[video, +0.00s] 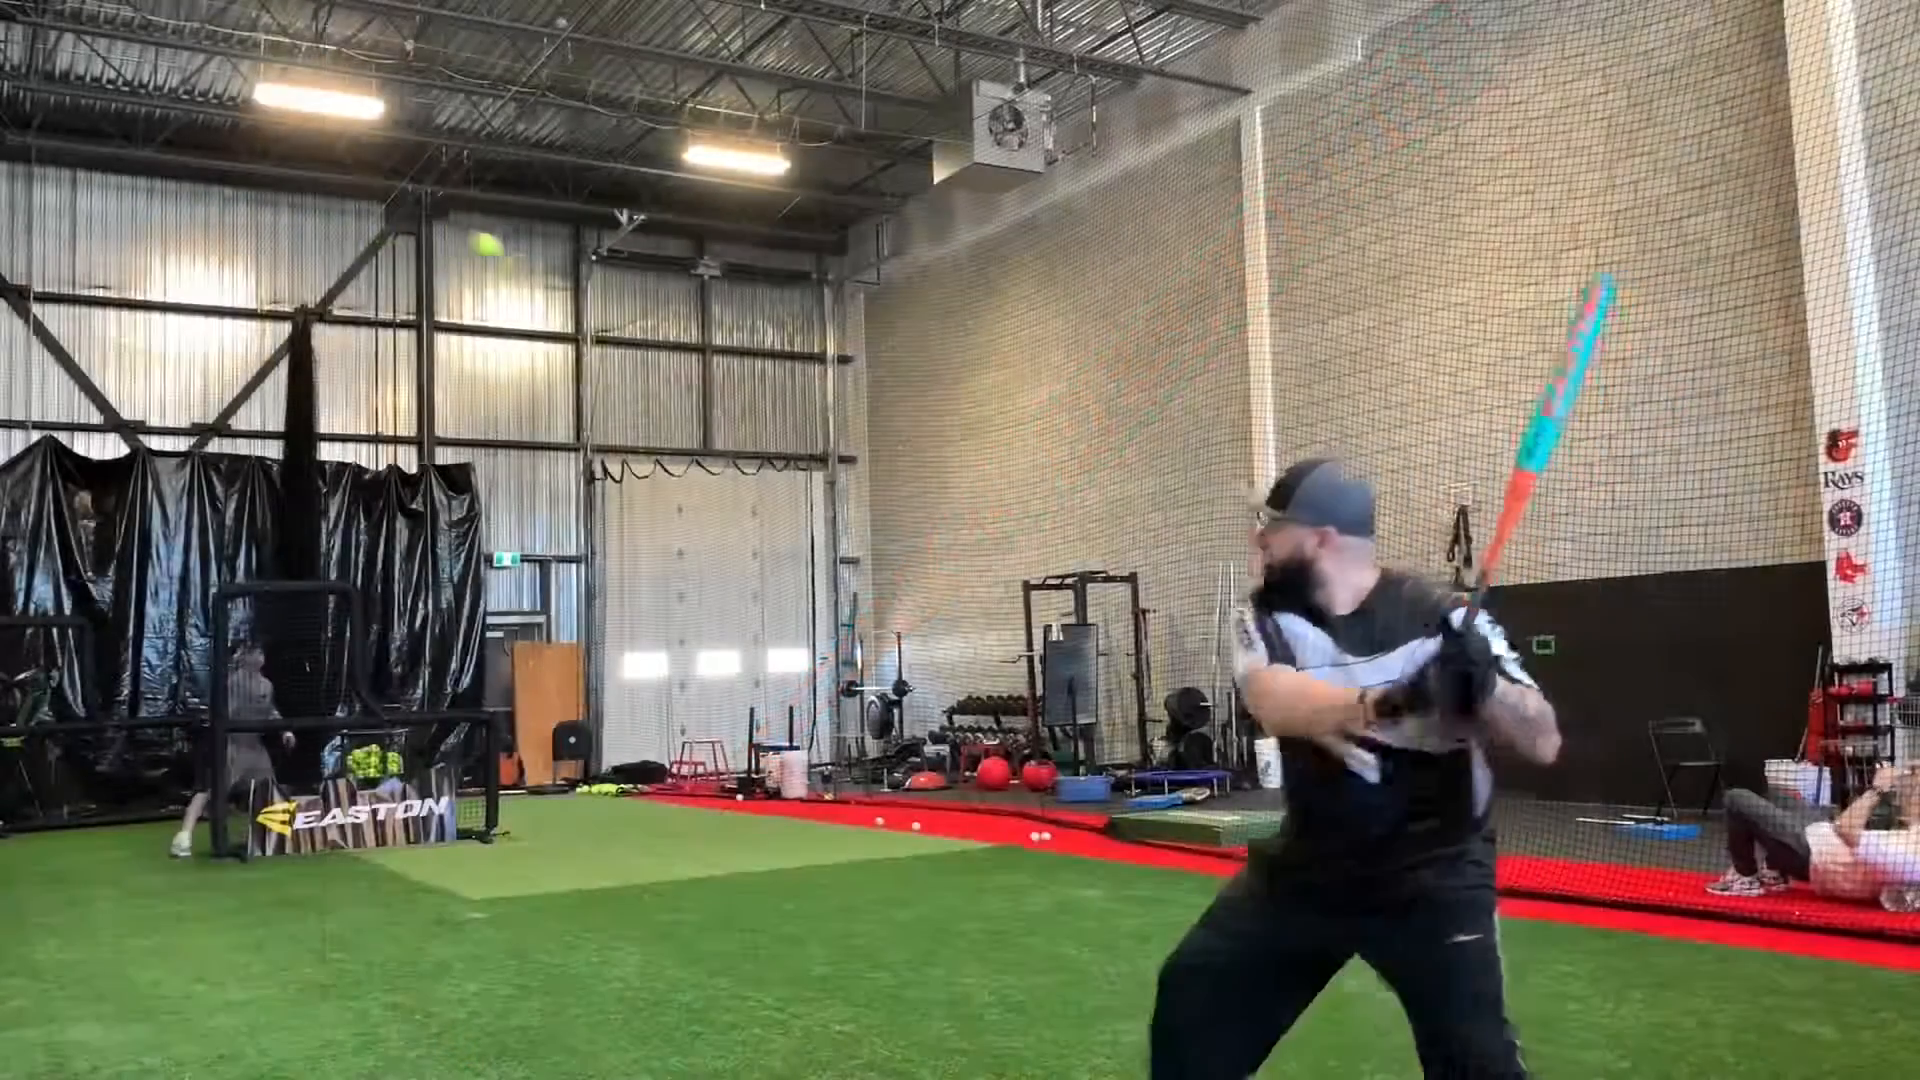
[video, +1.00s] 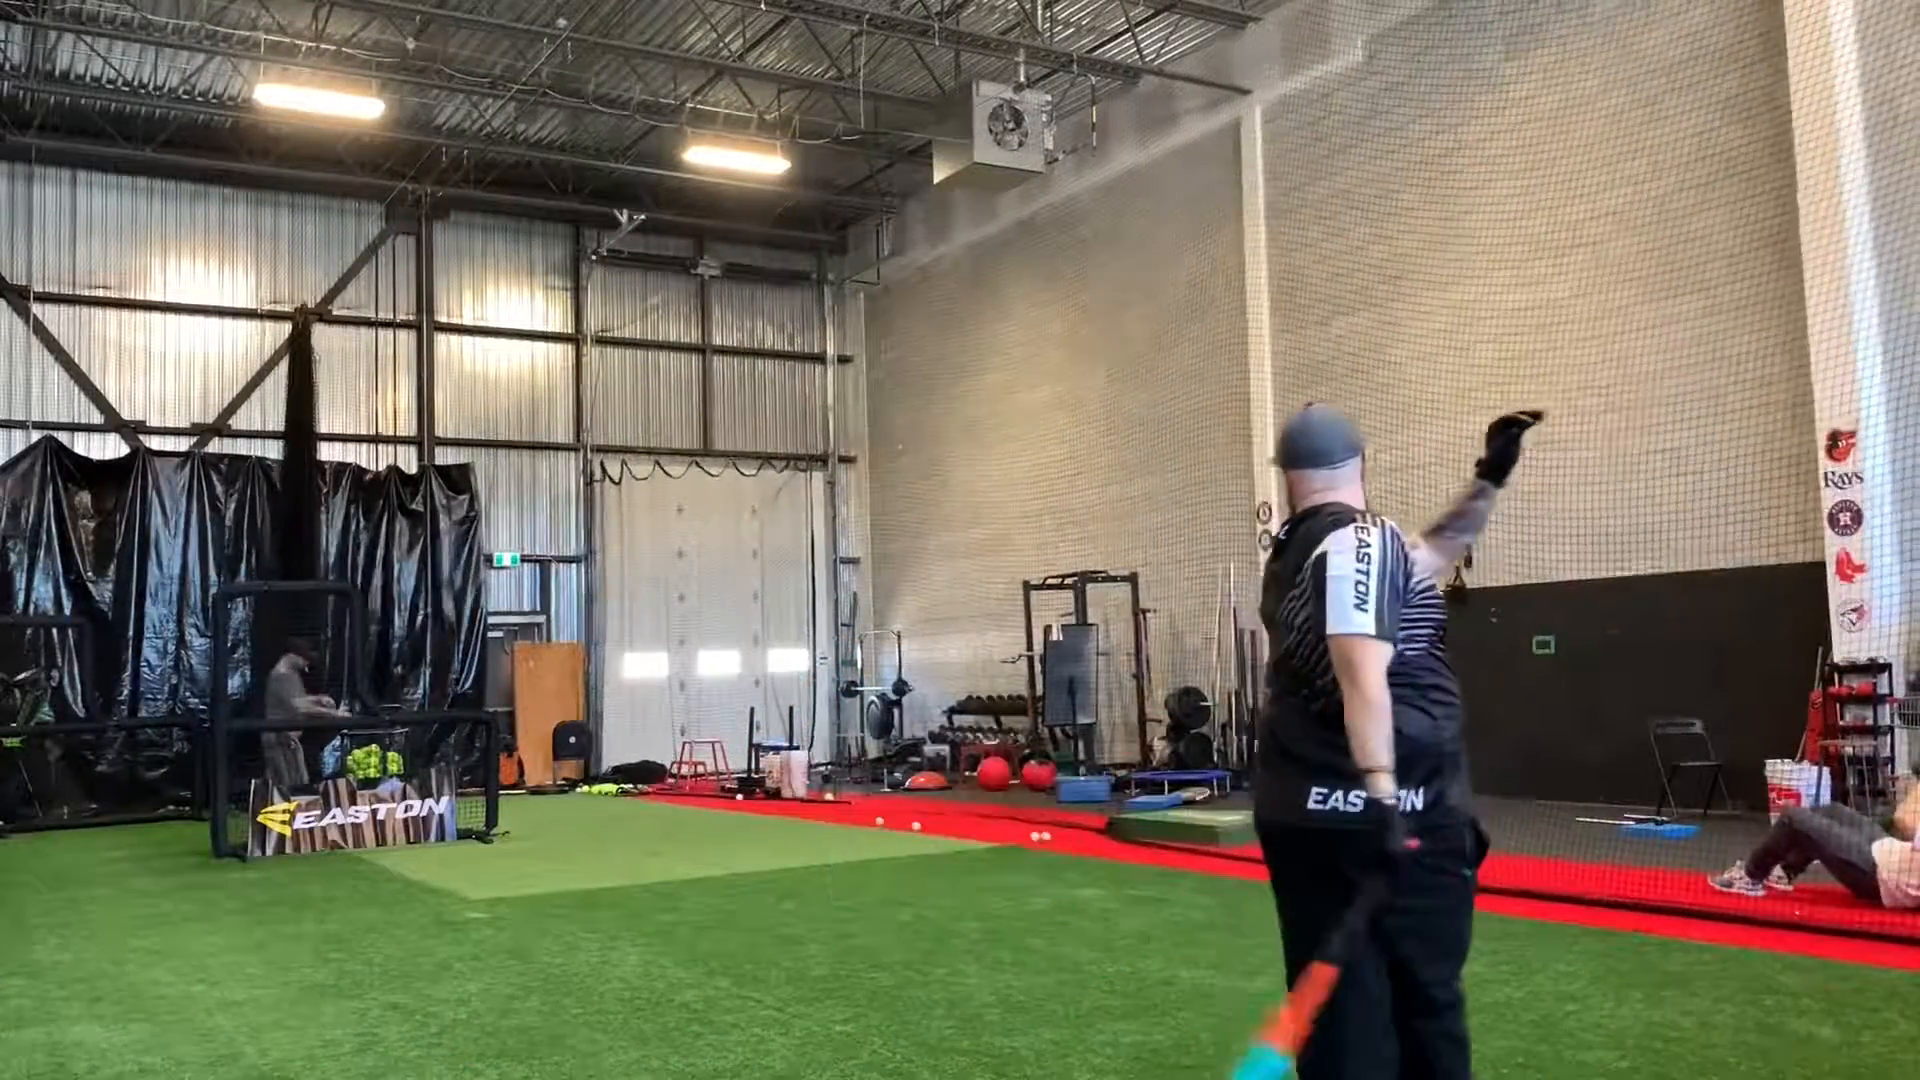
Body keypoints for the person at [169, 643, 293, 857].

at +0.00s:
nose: (262, 659)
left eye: (262, 654)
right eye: (258, 654)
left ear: (258, 658)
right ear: (245, 657)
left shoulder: (265, 685)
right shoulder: (229, 681)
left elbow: (269, 711)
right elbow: (217, 710)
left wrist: (284, 729)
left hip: (252, 743)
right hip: (230, 742)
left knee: (268, 788)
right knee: (206, 790)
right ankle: (184, 836)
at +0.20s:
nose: (275, 652)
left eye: (278, 648)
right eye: (270, 648)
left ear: (281, 652)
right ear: (260, 651)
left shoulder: (280, 678)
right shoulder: (244, 674)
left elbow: (277, 710)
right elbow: (237, 706)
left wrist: (284, 736)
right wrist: (241, 735)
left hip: (268, 735)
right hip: (247, 732)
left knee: (268, 780)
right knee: (249, 780)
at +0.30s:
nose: (280, 651)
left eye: (283, 647)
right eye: (275, 647)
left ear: (286, 651)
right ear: (266, 651)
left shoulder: (284, 677)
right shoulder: (254, 673)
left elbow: (281, 707)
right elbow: (244, 704)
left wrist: (281, 733)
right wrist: (249, 733)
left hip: (276, 732)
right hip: (258, 732)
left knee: (274, 778)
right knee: (264, 779)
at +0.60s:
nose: (283, 656)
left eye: (286, 652)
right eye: (280, 652)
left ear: (288, 654)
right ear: (270, 652)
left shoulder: (282, 674)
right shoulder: (262, 672)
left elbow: (288, 705)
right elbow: (260, 705)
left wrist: (293, 728)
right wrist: (278, 729)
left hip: (282, 734)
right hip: (266, 733)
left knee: (289, 777)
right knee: (272, 778)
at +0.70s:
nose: (288, 657)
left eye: (289, 653)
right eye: (285, 653)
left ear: (278, 653)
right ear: (273, 652)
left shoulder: (279, 674)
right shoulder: (265, 673)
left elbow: (283, 703)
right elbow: (266, 706)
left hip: (283, 733)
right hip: (268, 733)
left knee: (297, 776)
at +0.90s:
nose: (297, 661)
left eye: (298, 657)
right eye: (294, 657)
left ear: (283, 655)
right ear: (282, 655)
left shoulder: (282, 673)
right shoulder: (274, 675)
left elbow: (288, 700)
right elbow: (284, 708)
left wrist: (308, 699)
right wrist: (317, 711)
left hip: (287, 731)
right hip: (276, 734)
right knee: (289, 780)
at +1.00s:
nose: (308, 662)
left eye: (309, 658)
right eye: (306, 657)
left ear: (295, 653)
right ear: (296, 653)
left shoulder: (291, 671)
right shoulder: (283, 674)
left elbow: (297, 698)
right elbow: (298, 706)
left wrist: (317, 700)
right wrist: (334, 714)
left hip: (288, 733)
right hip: (278, 736)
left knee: (298, 780)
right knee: (289, 782)